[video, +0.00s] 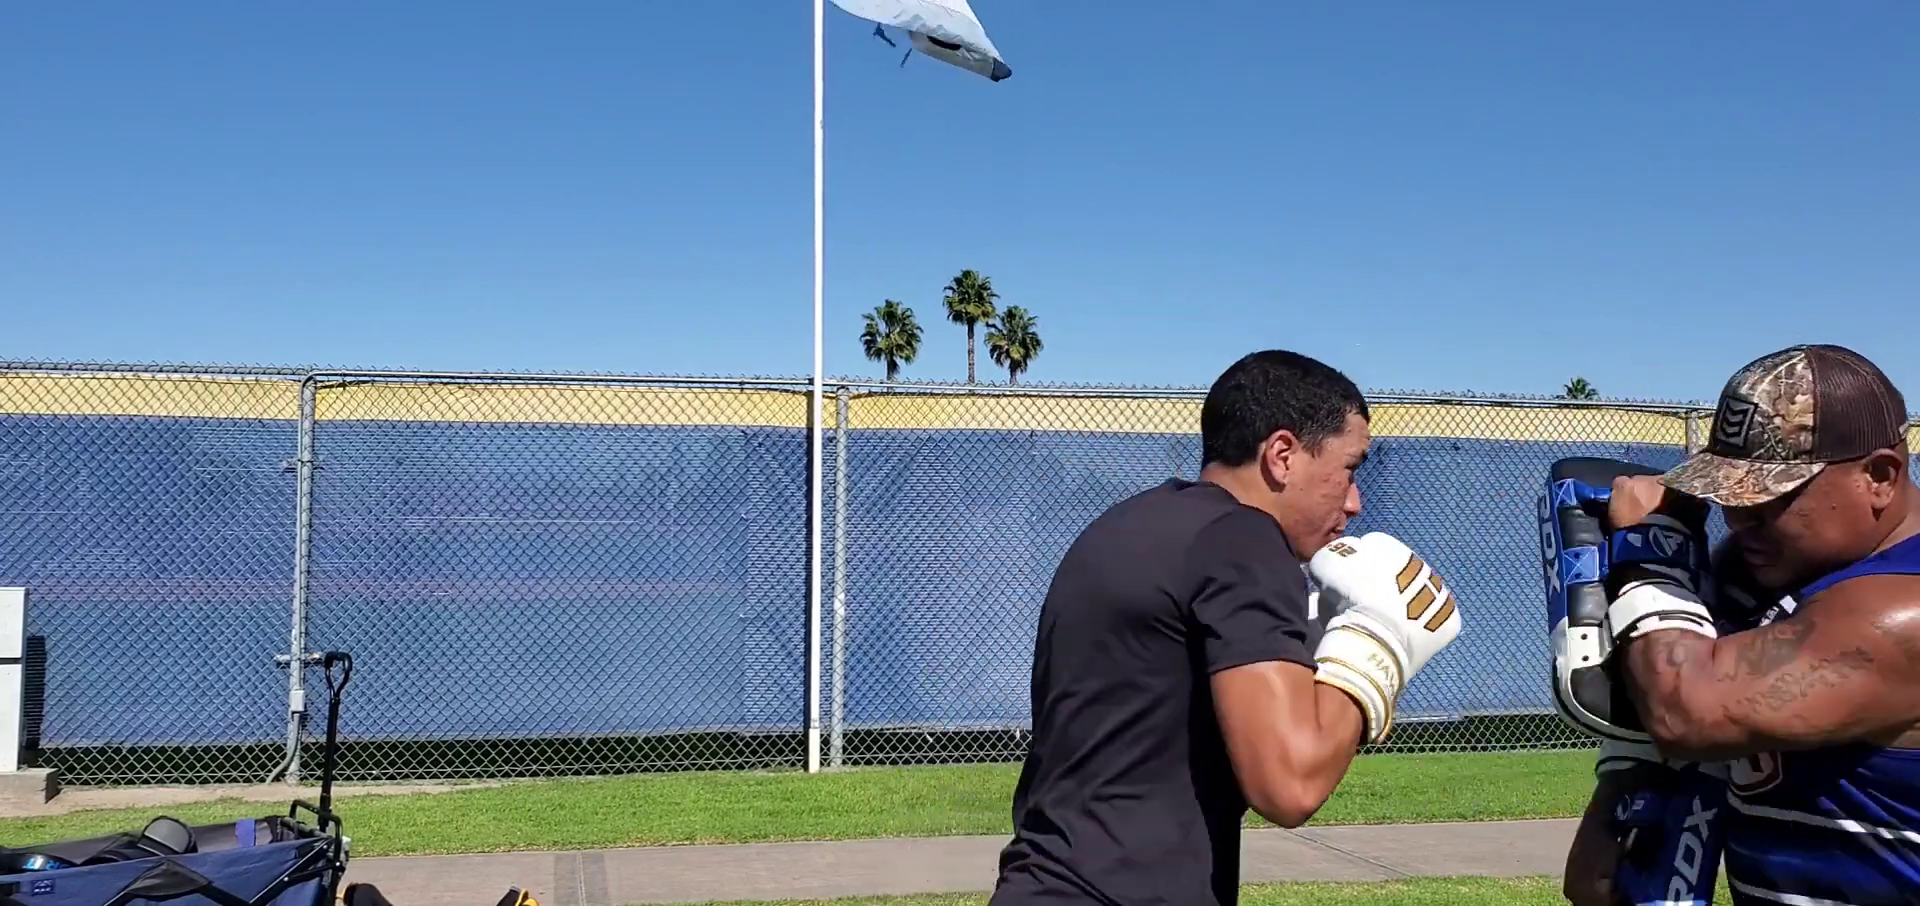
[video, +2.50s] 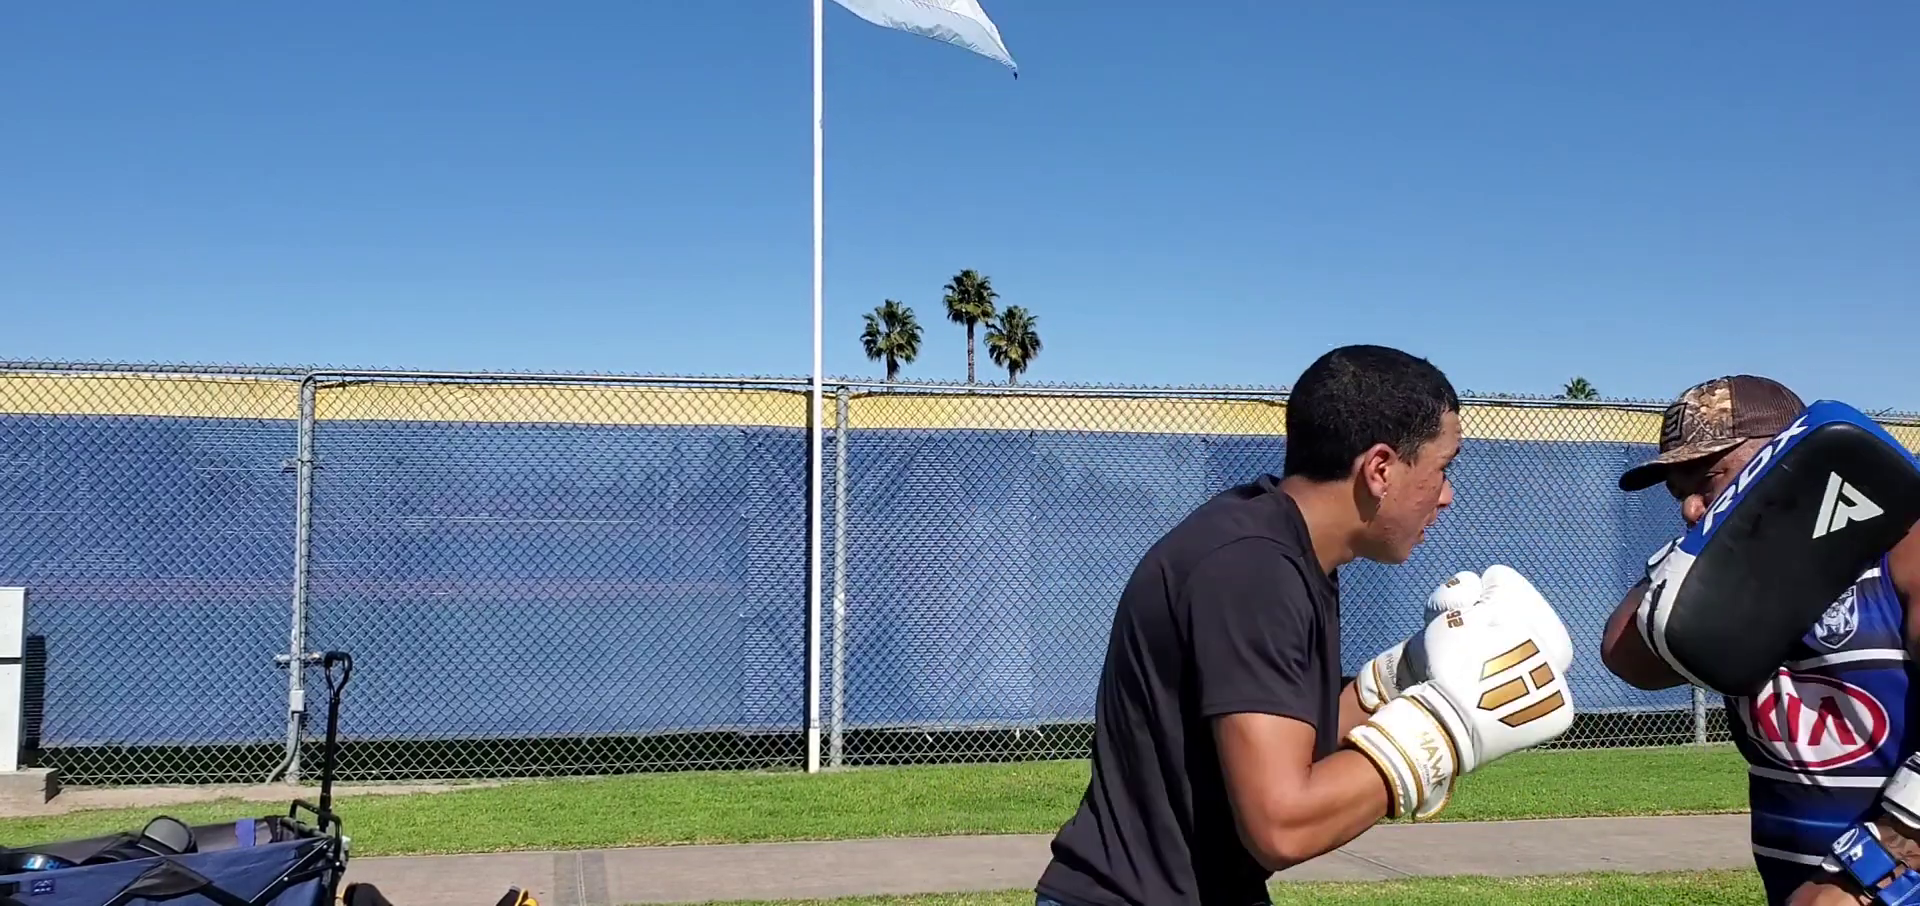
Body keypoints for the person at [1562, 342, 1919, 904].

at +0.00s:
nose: (1740, 519)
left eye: (1770, 498)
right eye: (1734, 495)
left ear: (1881, 480)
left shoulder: (1899, 615)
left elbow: (1687, 708)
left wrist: (1647, 545)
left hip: (1874, 888)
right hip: (1764, 886)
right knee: (1599, 875)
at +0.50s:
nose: (1796, 520)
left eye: (1841, 501)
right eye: (1790, 480)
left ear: (1914, 510)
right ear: (1775, 463)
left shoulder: (1902, 634)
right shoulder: (1755, 535)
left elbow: (1684, 701)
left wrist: (1629, 576)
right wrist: (1584, 784)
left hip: (1882, 892)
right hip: (1751, 885)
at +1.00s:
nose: (1843, 435)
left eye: (1874, 408)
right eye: (1841, 412)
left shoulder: (1911, 559)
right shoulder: (1896, 557)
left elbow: (1899, 716)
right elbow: (1783, 641)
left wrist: (1708, 767)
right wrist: (1795, 472)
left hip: (1902, 888)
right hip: (1872, 885)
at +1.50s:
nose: (1812, 490)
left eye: (1836, 458)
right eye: (1807, 461)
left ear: (1917, 443)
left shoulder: (1911, 591)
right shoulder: (1856, 573)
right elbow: (1765, 708)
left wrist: (1823, 847)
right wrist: (1731, 591)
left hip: (1902, 876)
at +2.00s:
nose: (1701, 535)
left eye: (1719, 504)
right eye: (1692, 512)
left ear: (1817, 480)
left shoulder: (1905, 582)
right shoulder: (1770, 596)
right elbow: (1728, 751)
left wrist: (1910, 884)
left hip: (1899, 890)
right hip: (1830, 889)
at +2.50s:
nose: (1689, 507)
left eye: (1706, 477)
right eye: (1679, 490)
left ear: (1782, 449)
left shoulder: (1900, 534)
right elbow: (1624, 656)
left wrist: (1866, 871)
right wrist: (1703, 541)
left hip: (1892, 875)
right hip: (1789, 867)